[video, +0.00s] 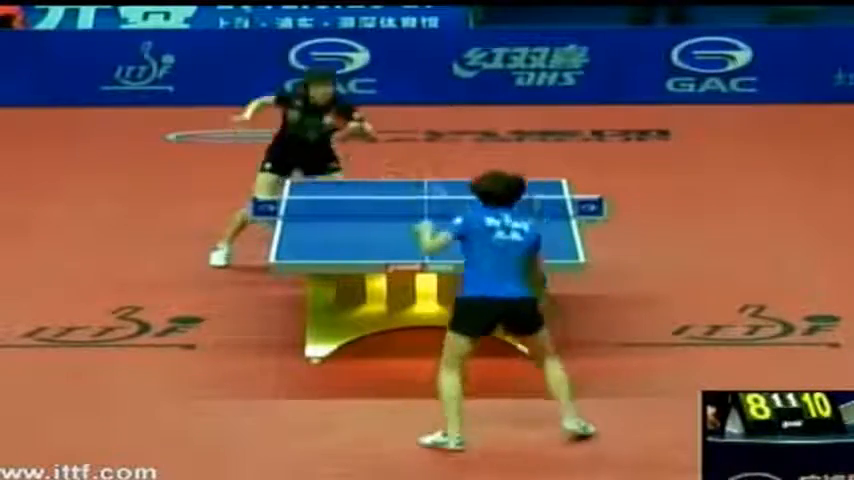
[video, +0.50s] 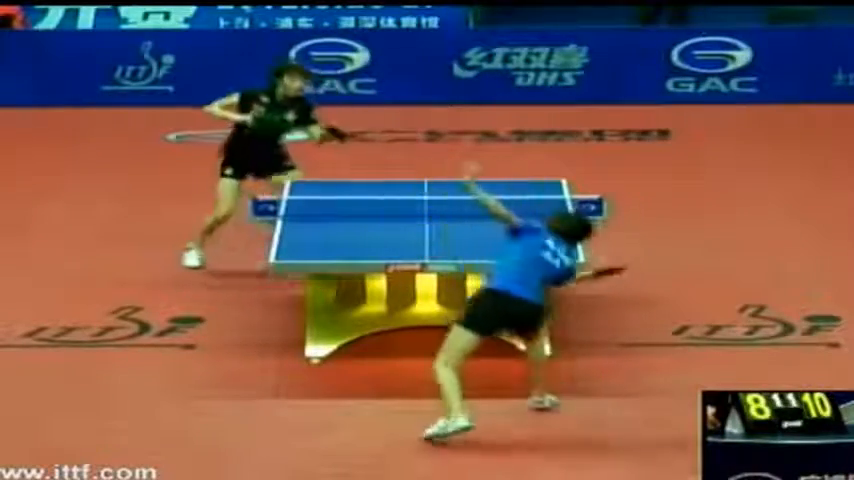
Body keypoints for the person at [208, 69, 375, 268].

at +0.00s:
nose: (322, 94)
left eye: (326, 88)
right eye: (318, 88)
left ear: (333, 88)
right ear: (309, 87)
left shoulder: (339, 105)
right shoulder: (294, 94)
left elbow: (368, 133)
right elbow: (261, 102)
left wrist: (354, 129)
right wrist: (248, 114)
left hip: (319, 156)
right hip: (284, 154)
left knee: (340, 201)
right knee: (260, 205)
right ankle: (225, 245)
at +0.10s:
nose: (324, 88)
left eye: (328, 83)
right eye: (319, 82)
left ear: (334, 84)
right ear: (309, 82)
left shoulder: (339, 104)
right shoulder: (294, 92)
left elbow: (362, 126)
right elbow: (263, 103)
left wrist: (361, 132)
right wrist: (251, 120)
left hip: (315, 150)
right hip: (281, 148)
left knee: (342, 196)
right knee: (258, 201)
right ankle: (221, 243)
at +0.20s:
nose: (320, 95)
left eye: (325, 91)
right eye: (316, 89)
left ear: (332, 93)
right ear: (307, 88)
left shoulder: (335, 109)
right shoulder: (290, 99)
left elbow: (347, 132)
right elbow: (264, 114)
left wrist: (351, 140)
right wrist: (254, 124)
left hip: (314, 155)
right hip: (281, 153)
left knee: (335, 197)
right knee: (257, 204)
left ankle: (341, 255)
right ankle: (210, 247)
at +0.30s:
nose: (313, 99)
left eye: (317, 95)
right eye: (309, 93)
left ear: (323, 97)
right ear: (298, 93)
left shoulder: (325, 118)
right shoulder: (279, 107)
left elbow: (340, 138)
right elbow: (249, 121)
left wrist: (341, 146)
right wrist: (243, 133)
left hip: (304, 165)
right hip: (269, 163)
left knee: (328, 202)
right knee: (247, 211)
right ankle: (205, 250)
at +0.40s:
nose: (305, 89)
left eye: (307, 85)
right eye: (299, 84)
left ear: (309, 88)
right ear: (286, 85)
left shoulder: (307, 111)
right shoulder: (262, 104)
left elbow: (318, 135)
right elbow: (219, 116)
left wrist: (331, 141)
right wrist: (239, 127)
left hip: (280, 158)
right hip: (247, 157)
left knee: (304, 201)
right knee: (227, 212)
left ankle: (297, 253)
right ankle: (200, 248)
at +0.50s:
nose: (299, 85)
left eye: (301, 81)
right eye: (294, 79)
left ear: (303, 84)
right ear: (281, 80)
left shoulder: (301, 108)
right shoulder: (255, 98)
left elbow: (316, 135)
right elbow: (212, 108)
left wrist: (328, 134)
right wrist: (240, 118)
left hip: (270, 153)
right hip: (239, 153)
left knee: (298, 190)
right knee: (226, 209)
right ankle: (196, 247)